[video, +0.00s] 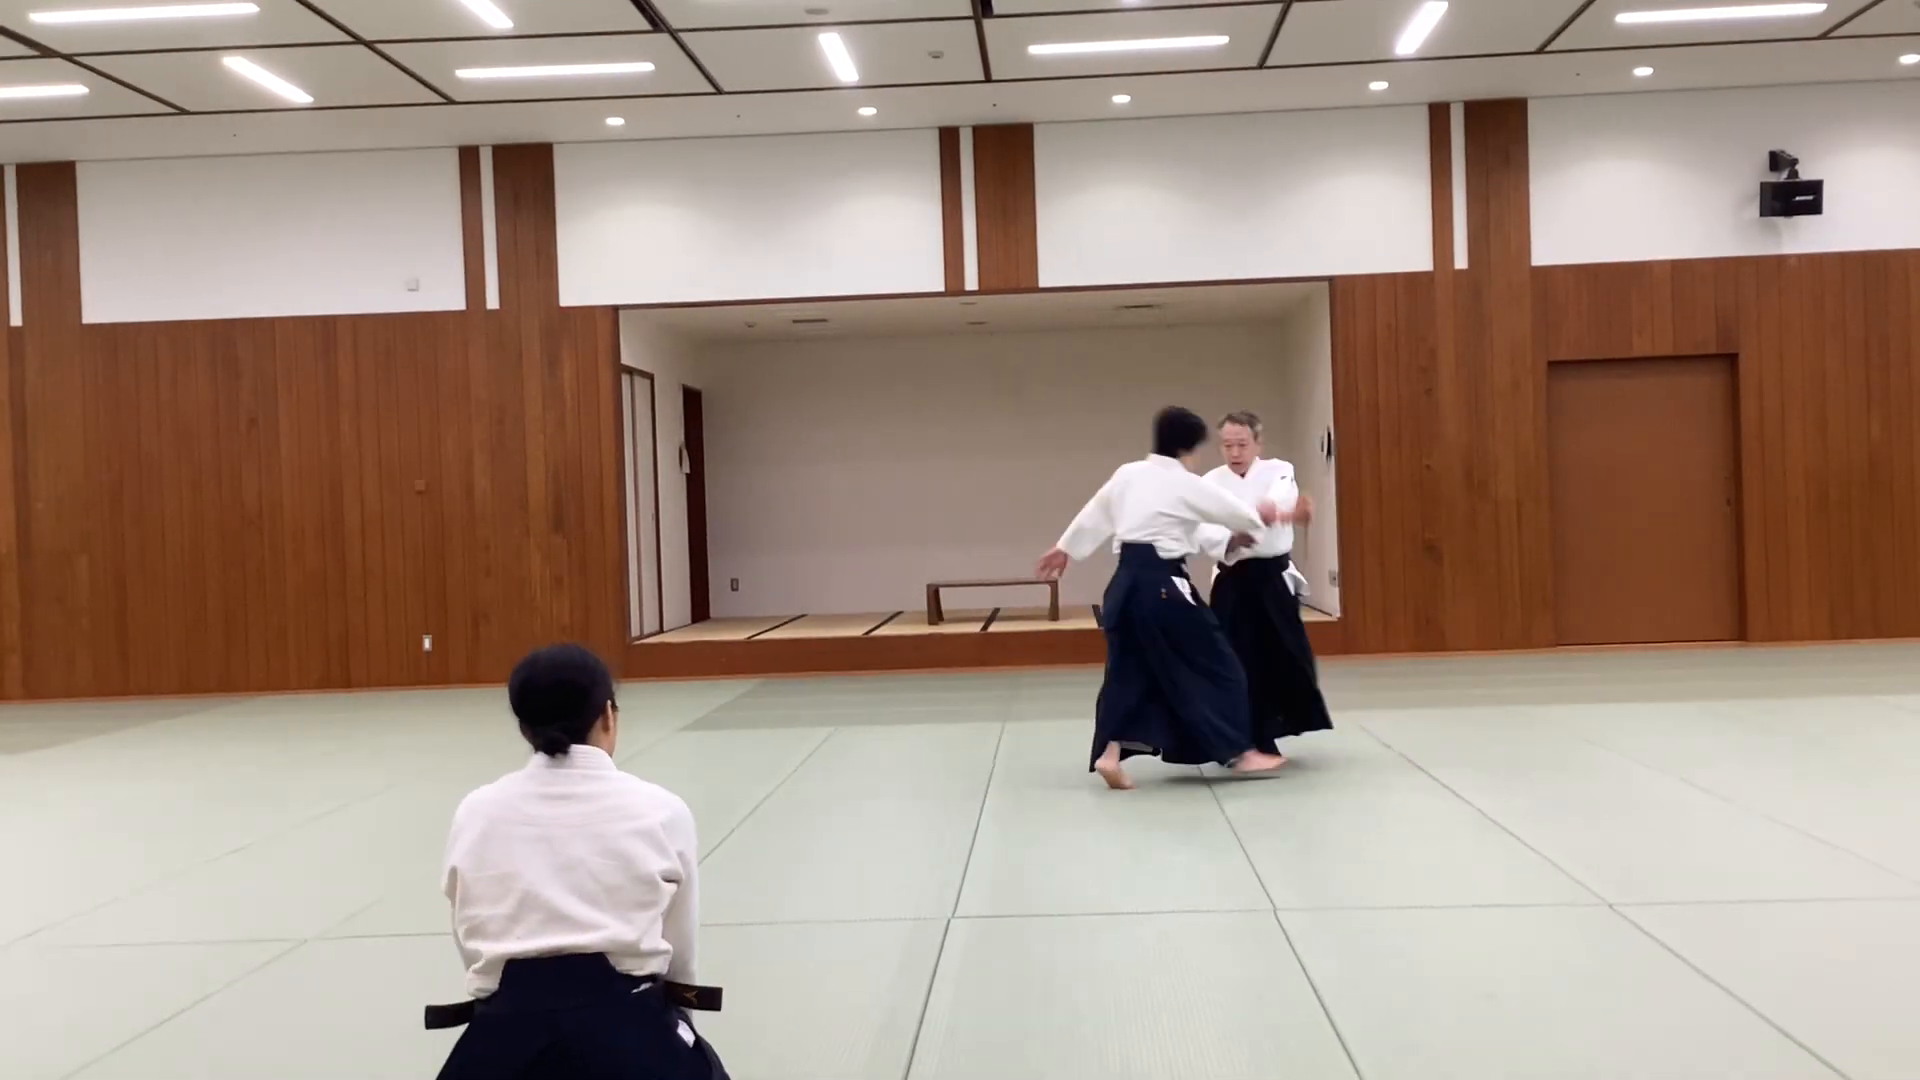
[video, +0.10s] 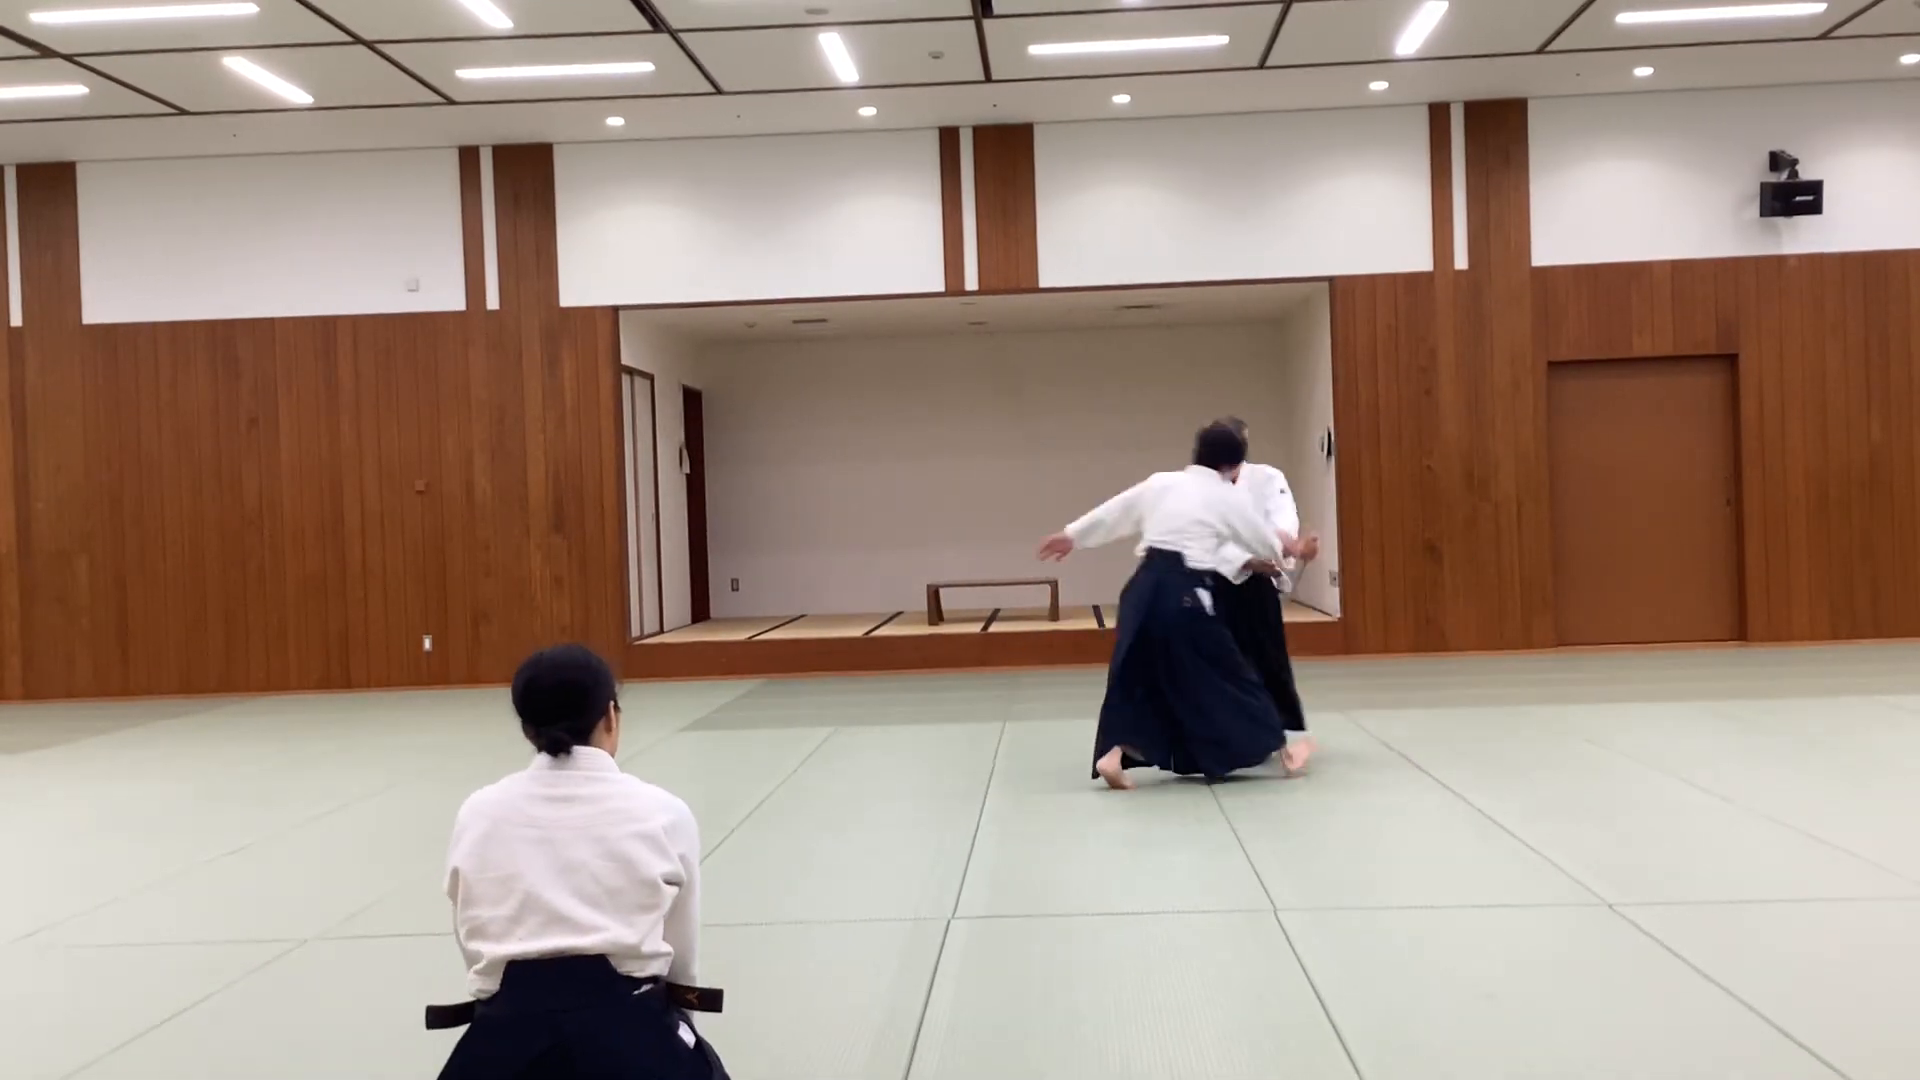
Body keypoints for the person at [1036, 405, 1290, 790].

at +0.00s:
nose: (1200, 454)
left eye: (1198, 447)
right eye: (1199, 447)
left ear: (1157, 440)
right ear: (1189, 446)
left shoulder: (1126, 475)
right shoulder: (1186, 483)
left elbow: (1092, 514)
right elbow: (1232, 511)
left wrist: (1064, 547)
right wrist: (1260, 516)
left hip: (1124, 585)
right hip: (1166, 586)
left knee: (1127, 669)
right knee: (1218, 663)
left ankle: (1109, 754)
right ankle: (1244, 753)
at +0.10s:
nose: (1240, 472)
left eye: (1239, 466)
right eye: (1240, 465)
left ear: (1196, 455)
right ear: (1234, 466)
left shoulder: (1160, 484)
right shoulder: (1231, 498)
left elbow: (1114, 511)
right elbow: (1266, 544)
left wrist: (1072, 535)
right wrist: (1287, 550)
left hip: (1143, 585)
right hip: (1189, 592)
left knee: (1133, 670)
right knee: (1231, 672)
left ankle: (1112, 753)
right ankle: (1285, 749)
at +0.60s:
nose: (1189, 474)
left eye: (1195, 468)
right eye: (1182, 466)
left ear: (1202, 467)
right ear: (1168, 464)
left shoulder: (1206, 497)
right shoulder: (1148, 501)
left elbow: (1215, 544)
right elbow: (1154, 555)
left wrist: (1219, 582)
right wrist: (1186, 591)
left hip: (1183, 583)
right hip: (1140, 584)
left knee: (1204, 657)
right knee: (1121, 657)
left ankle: (1217, 733)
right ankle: (1108, 728)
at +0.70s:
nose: (1172, 471)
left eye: (1178, 465)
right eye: (1166, 463)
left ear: (1185, 462)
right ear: (1150, 458)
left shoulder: (1194, 496)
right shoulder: (1129, 490)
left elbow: (1198, 549)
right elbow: (1124, 540)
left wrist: (1188, 594)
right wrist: (1154, 567)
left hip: (1174, 586)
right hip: (1127, 583)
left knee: (1193, 657)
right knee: (1116, 655)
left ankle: (1210, 729)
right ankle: (1107, 726)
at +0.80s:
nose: (1163, 466)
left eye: (1168, 459)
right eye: (1156, 458)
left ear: (1175, 457)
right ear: (1140, 455)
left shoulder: (1185, 494)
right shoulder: (1119, 483)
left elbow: (1183, 550)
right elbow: (1113, 519)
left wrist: (1167, 598)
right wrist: (1139, 534)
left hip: (1166, 580)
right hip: (1123, 578)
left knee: (1185, 654)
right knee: (1115, 655)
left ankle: (1195, 730)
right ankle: (1107, 727)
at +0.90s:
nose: (1164, 464)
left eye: (1169, 457)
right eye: (1157, 457)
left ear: (1175, 456)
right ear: (1141, 453)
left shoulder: (1185, 492)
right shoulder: (1119, 478)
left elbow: (1184, 549)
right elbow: (1105, 506)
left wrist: (1171, 596)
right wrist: (1132, 518)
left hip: (1166, 578)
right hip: (1124, 576)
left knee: (1177, 655)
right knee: (1114, 653)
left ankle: (1184, 730)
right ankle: (1106, 728)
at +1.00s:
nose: (1168, 464)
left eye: (1174, 457)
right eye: (1161, 457)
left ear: (1180, 456)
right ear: (1145, 454)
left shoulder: (1190, 492)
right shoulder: (1125, 475)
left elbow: (1193, 548)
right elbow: (1095, 497)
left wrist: (1186, 598)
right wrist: (1121, 514)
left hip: (1170, 577)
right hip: (1128, 576)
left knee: (1180, 656)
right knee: (1114, 652)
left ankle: (1185, 732)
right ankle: (1105, 726)